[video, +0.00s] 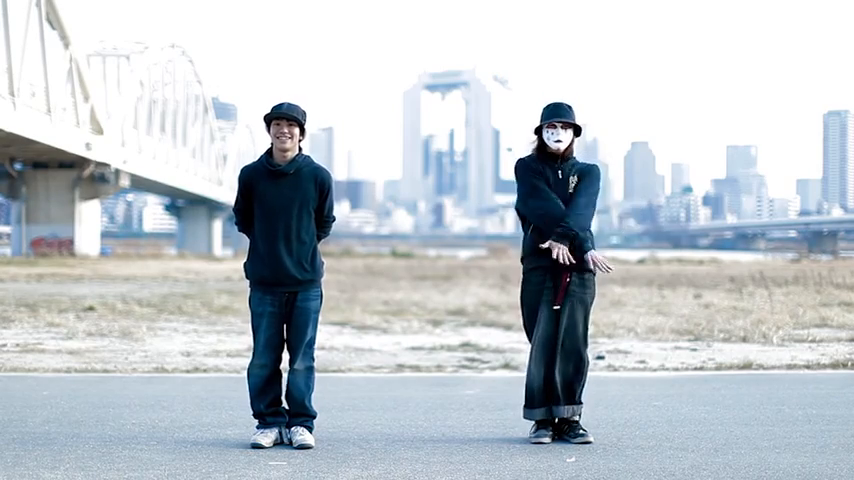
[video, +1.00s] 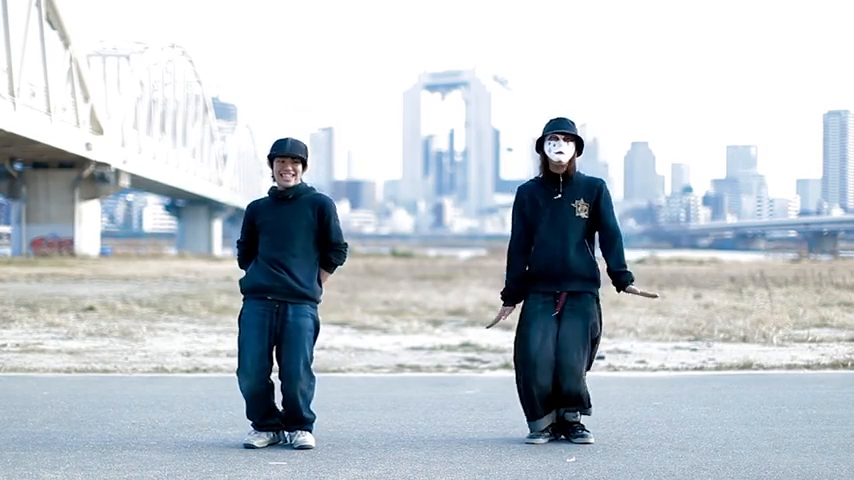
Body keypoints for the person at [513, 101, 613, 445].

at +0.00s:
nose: (557, 133)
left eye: (564, 128)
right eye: (551, 127)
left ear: (574, 133)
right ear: (541, 131)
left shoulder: (588, 170)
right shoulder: (526, 166)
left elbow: (582, 208)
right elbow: (542, 205)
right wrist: (582, 244)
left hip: (576, 263)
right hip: (538, 265)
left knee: (573, 339)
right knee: (541, 339)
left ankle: (569, 419)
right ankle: (543, 420)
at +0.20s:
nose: (563, 133)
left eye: (569, 128)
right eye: (557, 127)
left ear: (579, 134)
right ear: (546, 132)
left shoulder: (587, 173)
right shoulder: (530, 167)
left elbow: (616, 200)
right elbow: (529, 204)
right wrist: (534, 240)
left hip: (575, 268)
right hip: (536, 267)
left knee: (573, 343)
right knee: (541, 343)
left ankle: (569, 421)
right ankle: (543, 422)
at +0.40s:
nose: (580, 109)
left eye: (586, 104)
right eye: (572, 106)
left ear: (596, 112)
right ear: (563, 115)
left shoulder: (600, 161)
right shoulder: (548, 151)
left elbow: (602, 214)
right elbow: (523, 201)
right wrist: (504, 251)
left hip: (570, 260)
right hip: (533, 259)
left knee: (569, 332)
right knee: (532, 332)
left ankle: (575, 412)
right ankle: (539, 415)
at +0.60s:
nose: (582, 119)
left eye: (587, 113)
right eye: (574, 116)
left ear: (600, 121)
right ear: (567, 127)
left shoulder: (608, 168)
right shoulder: (554, 161)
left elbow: (606, 220)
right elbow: (528, 211)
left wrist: (605, 264)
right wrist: (500, 255)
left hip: (570, 267)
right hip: (534, 266)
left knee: (568, 339)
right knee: (531, 339)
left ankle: (571, 415)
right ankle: (538, 418)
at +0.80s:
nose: (572, 115)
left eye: (579, 109)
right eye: (566, 108)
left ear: (589, 116)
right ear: (556, 113)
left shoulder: (598, 157)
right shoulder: (536, 148)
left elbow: (617, 208)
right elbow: (520, 203)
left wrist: (636, 251)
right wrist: (508, 253)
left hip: (582, 260)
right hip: (540, 259)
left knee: (576, 337)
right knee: (533, 334)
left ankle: (574, 416)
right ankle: (544, 416)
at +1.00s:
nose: (559, 146)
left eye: (566, 141)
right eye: (553, 141)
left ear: (576, 148)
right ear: (543, 147)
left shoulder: (593, 188)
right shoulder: (527, 192)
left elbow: (610, 236)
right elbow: (518, 245)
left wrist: (621, 277)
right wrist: (510, 293)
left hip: (580, 288)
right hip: (539, 289)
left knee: (572, 354)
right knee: (534, 354)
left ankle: (571, 420)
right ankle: (544, 424)